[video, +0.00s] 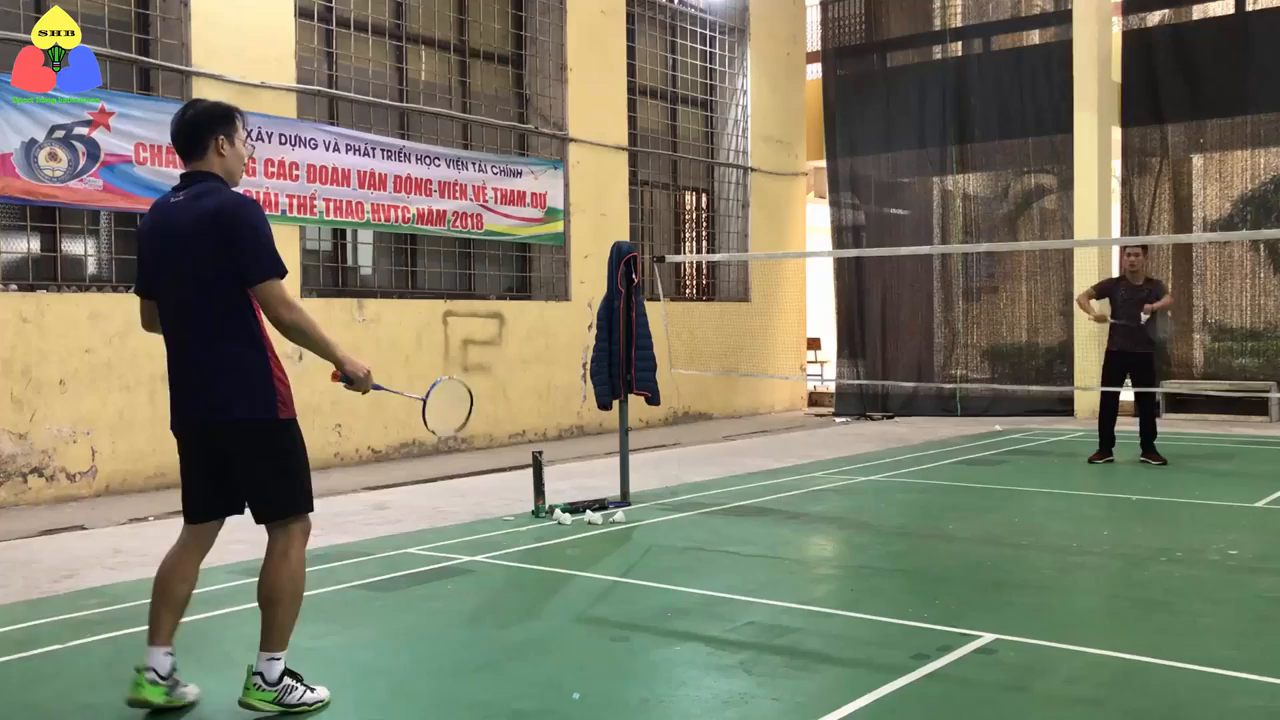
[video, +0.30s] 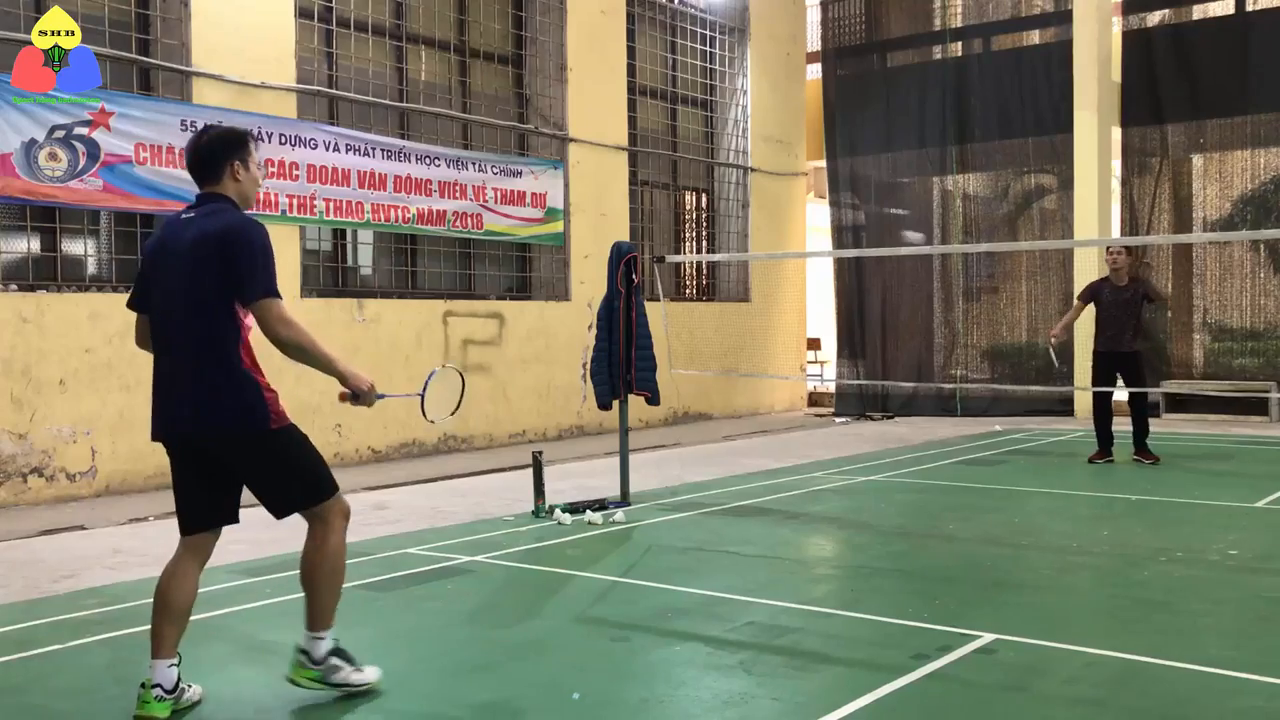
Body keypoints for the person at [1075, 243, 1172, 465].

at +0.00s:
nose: (1132, 259)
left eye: (1136, 255)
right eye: (1128, 255)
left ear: (1145, 259)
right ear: (1122, 259)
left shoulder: (1154, 286)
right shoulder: (1113, 284)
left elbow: (1169, 300)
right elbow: (1081, 298)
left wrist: (1154, 307)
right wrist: (1093, 314)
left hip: (1143, 352)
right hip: (1116, 351)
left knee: (1146, 402)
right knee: (1108, 401)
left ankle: (1148, 450)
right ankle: (1105, 449)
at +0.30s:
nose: (1114, 257)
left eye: (1119, 253)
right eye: (1110, 253)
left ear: (1130, 259)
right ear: (1105, 259)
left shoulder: (1140, 286)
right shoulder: (1097, 287)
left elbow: (1166, 302)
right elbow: (1076, 311)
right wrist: (1059, 327)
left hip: (1131, 353)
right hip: (1103, 354)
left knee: (1139, 399)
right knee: (1101, 402)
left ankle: (1141, 448)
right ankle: (1104, 449)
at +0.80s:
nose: (1111, 260)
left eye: (1116, 256)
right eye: (1108, 257)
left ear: (1125, 260)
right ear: (1104, 261)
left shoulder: (1137, 291)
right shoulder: (1095, 289)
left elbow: (1153, 315)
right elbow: (1078, 314)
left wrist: (1157, 309)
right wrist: (1067, 330)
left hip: (1126, 354)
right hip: (1100, 353)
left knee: (1125, 401)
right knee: (1090, 395)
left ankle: (1119, 447)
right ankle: (1099, 443)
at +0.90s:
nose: (1110, 260)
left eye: (1115, 256)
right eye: (1107, 257)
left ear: (1125, 260)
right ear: (1103, 261)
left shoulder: (1136, 291)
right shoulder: (1095, 289)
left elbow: (1152, 315)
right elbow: (1073, 315)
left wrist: (1155, 309)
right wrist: (1075, 311)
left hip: (1125, 354)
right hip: (1099, 352)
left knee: (1124, 402)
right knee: (1087, 394)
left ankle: (1120, 448)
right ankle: (1090, 445)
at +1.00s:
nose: (1107, 261)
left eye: (1112, 257)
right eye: (1105, 257)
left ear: (1123, 260)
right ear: (1101, 261)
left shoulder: (1135, 291)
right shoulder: (1094, 289)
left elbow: (1151, 316)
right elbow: (1066, 308)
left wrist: (1154, 308)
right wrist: (1079, 294)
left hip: (1124, 356)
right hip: (1097, 354)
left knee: (1123, 405)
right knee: (1086, 400)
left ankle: (1119, 448)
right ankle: (1081, 449)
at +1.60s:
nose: (1078, 255)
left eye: (1084, 252)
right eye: (1078, 252)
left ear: (1096, 258)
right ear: (1077, 258)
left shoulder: (1107, 288)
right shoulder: (1067, 285)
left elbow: (1124, 310)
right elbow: (1041, 302)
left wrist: (1136, 300)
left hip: (1101, 352)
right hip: (1074, 352)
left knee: (1114, 399)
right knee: (1073, 402)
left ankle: (1117, 445)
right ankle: (1078, 452)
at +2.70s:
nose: (1035, 257)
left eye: (1041, 254)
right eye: (1036, 253)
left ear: (1054, 260)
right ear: (1037, 260)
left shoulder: (1065, 287)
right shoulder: (1025, 284)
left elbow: (1084, 315)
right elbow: (991, 288)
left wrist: (1089, 297)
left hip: (1065, 353)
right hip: (1039, 353)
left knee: (1084, 400)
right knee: (1031, 403)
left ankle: (1102, 449)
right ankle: (1031, 452)